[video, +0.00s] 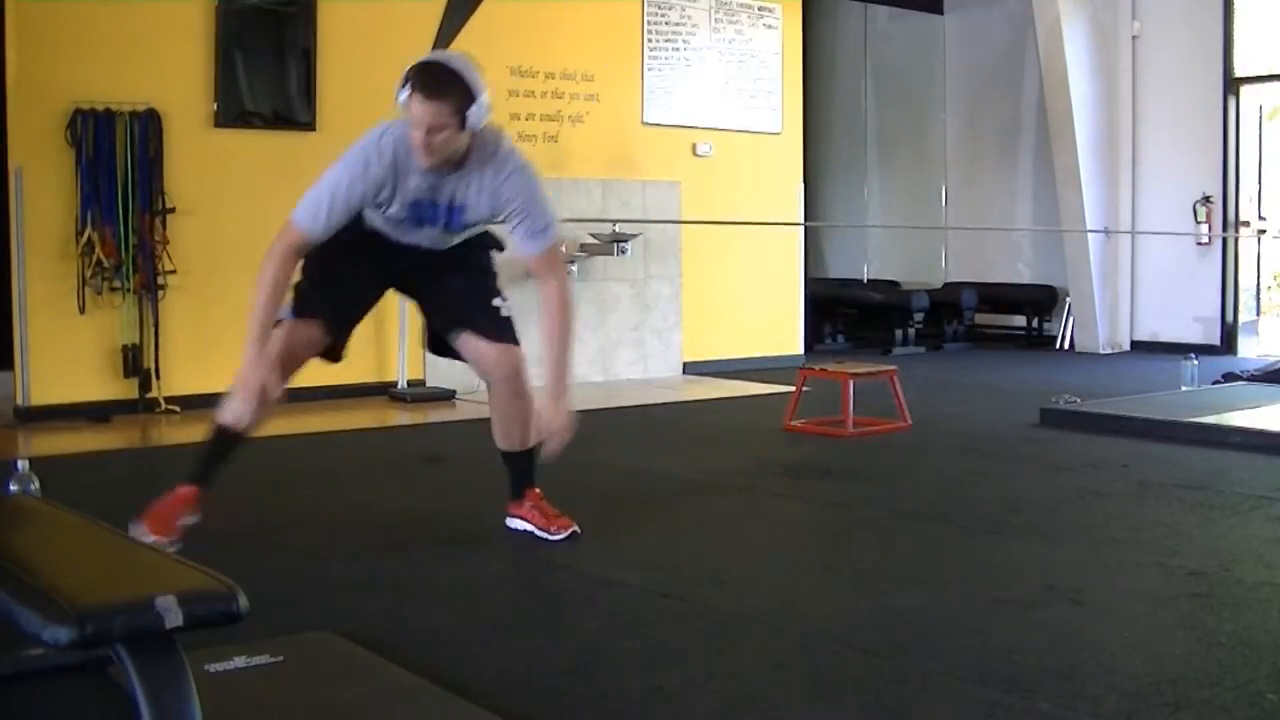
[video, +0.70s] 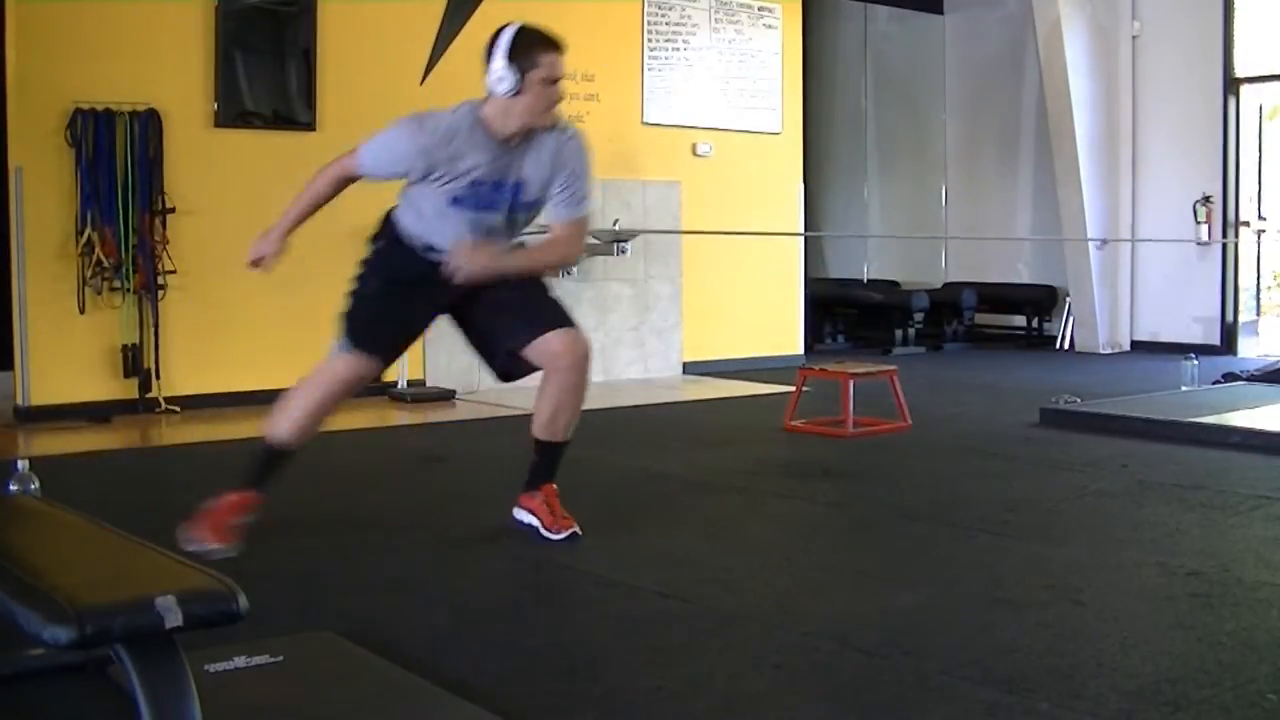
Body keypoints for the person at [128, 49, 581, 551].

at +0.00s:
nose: (421, 142)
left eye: (438, 130)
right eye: (413, 126)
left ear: (470, 124)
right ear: (404, 114)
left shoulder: (506, 169)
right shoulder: (380, 150)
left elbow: (553, 275)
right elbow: (286, 246)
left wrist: (558, 394)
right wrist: (253, 363)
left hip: (454, 255)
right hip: (365, 242)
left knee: (505, 363)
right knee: (290, 346)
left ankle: (524, 499)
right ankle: (192, 491)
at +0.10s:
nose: (362, 210)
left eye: (378, 198)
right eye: (352, 195)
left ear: (408, 189)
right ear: (339, 180)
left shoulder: (438, 230)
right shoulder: (314, 214)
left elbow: (474, 355)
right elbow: (233, 319)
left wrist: (468, 472)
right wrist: (185, 418)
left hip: (405, 291)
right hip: (321, 287)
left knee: (493, 367)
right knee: (233, 377)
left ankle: (527, 499)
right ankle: (133, 513)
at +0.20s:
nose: (305, 277)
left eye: (320, 264)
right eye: (295, 263)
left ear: (347, 252)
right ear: (277, 249)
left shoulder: (381, 274)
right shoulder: (254, 281)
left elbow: (397, 408)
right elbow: (183, 392)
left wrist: (401, 532)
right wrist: (125, 507)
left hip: (371, 307)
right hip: (281, 312)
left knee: (468, 386)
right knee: (196, 399)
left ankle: (527, 499)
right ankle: (127, 524)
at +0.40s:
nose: (309, 294)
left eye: (322, 279)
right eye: (297, 280)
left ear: (343, 271)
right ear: (272, 272)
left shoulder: (370, 294)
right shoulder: (239, 293)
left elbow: (395, 424)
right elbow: (174, 415)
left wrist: (399, 538)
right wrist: (123, 513)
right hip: (253, 278)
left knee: (449, 396)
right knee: (158, 376)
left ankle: (521, 499)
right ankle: (112, 511)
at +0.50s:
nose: (399, 226)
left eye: (407, 211)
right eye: (385, 213)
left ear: (413, 207)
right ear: (344, 209)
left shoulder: (416, 260)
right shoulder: (290, 231)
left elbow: (422, 387)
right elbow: (200, 319)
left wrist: (420, 505)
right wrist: (160, 427)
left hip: (367, 309)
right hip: (284, 301)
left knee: (471, 369)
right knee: (187, 389)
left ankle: (525, 500)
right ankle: (115, 524)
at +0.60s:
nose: (488, 151)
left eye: (491, 138)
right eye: (477, 139)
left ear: (485, 138)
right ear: (435, 138)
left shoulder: (490, 206)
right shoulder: (357, 181)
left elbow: (492, 326)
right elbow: (265, 227)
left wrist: (433, 400)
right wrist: (209, 302)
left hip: (427, 290)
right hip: (336, 284)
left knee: (525, 360)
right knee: (246, 394)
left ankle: (531, 498)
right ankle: (126, 518)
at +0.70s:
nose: (559, 94)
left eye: (560, 82)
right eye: (549, 83)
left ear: (518, 85)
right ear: (507, 85)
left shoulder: (562, 148)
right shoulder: (434, 135)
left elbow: (569, 247)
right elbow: (343, 170)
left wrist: (500, 260)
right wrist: (278, 233)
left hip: (490, 271)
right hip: (412, 259)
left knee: (569, 351)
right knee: (349, 368)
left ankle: (539, 494)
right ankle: (242, 497)